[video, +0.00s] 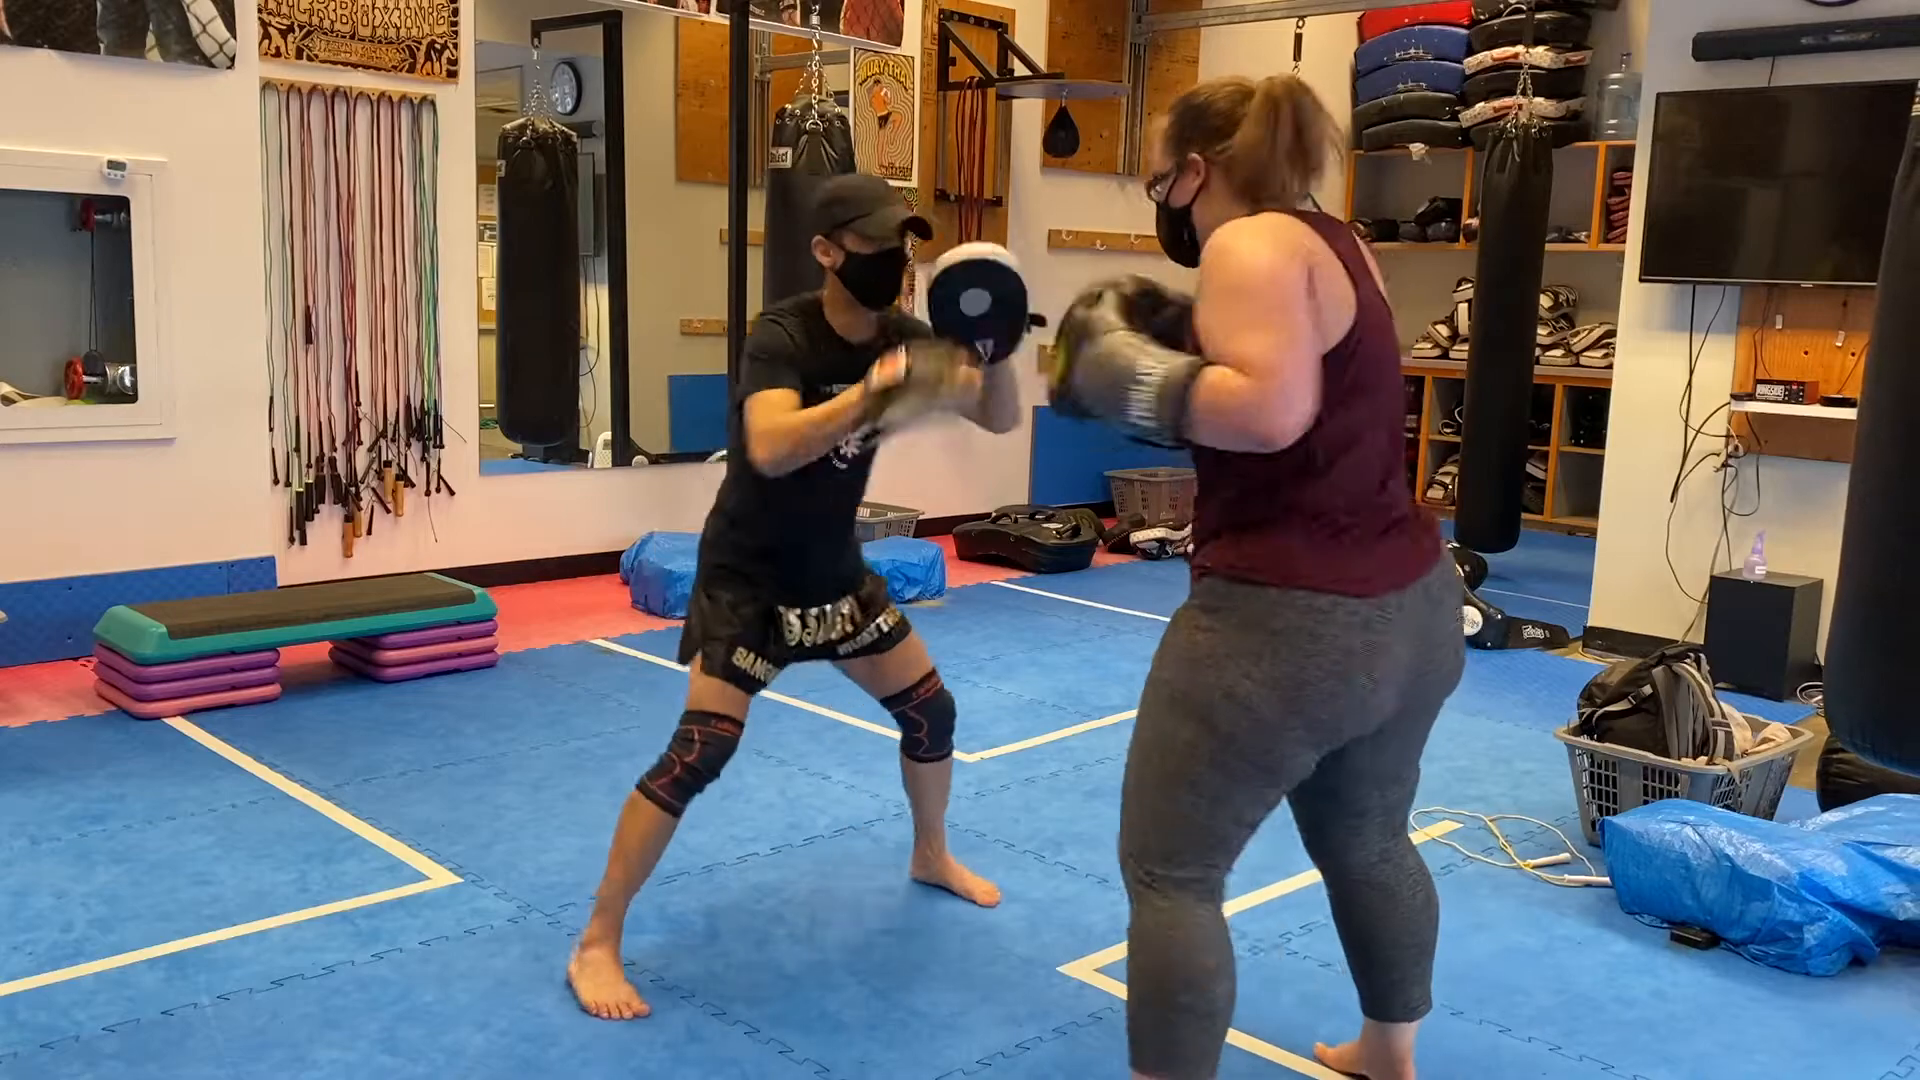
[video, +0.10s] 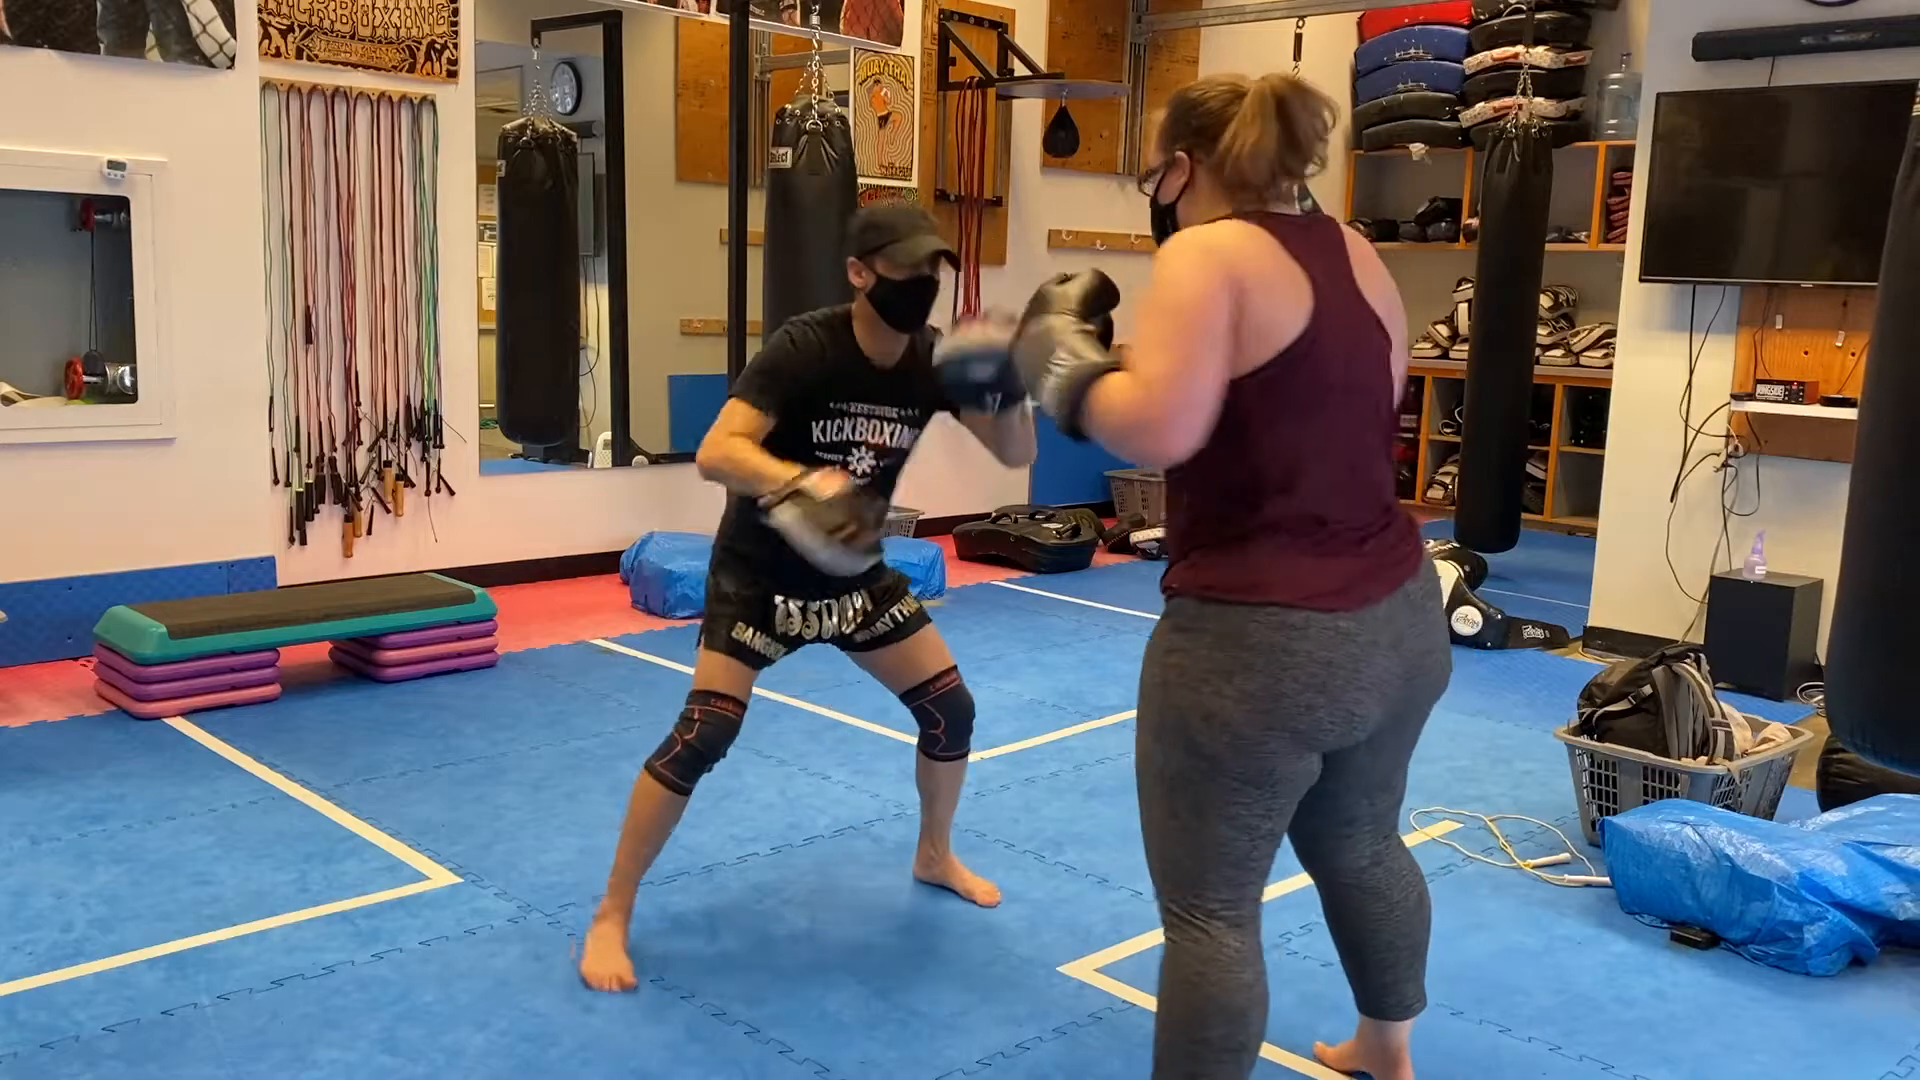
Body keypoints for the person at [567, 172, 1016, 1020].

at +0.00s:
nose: (898, 263)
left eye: (902, 247)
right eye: (880, 250)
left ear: (908, 243)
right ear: (829, 250)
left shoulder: (904, 338)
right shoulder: (777, 335)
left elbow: (1001, 417)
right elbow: (769, 448)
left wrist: (993, 340)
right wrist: (872, 392)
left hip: (834, 562)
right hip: (747, 566)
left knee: (929, 712)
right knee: (704, 745)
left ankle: (932, 856)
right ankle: (599, 941)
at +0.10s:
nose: (924, 296)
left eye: (933, 280)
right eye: (907, 282)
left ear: (944, 271)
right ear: (860, 274)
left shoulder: (933, 364)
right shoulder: (803, 346)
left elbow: (1017, 452)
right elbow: (716, 452)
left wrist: (1005, 372)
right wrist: (803, 482)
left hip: (856, 567)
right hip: (759, 563)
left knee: (948, 709)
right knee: (709, 728)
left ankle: (936, 854)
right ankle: (612, 916)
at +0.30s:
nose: (887, 288)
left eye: (893, 273)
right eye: (869, 276)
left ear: (900, 273)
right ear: (818, 278)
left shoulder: (907, 369)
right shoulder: (756, 359)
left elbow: (957, 445)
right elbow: (687, 419)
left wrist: (958, 469)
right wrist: (686, 473)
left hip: (847, 577)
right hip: (749, 579)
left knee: (936, 709)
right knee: (666, 733)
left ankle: (936, 855)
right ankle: (599, 818)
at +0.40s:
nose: (822, 274)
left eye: (831, 260)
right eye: (806, 261)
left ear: (841, 261)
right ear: (761, 261)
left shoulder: (853, 357)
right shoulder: (703, 343)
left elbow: (895, 431)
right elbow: (640, 411)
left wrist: (909, 464)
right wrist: (634, 458)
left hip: (806, 568)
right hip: (702, 567)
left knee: (895, 710)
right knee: (622, 725)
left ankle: (933, 855)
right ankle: (610, 810)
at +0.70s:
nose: (703, 213)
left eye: (710, 197)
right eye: (685, 201)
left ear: (721, 195)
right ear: (638, 201)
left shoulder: (741, 294)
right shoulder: (587, 295)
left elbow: (786, 364)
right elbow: (529, 397)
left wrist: (808, 392)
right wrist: (570, 403)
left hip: (720, 513)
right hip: (619, 518)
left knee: (758, 677)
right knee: (600, 683)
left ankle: (758, 837)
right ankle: (606, 806)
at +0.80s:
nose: (694, 210)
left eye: (701, 196)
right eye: (675, 198)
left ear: (712, 197)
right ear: (629, 203)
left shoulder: (737, 297)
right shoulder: (580, 294)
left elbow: (787, 364)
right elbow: (520, 401)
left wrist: (816, 391)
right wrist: (566, 400)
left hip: (706, 518)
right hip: (606, 520)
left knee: (728, 687)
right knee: (581, 684)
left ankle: (699, 839)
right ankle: (605, 803)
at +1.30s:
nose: (568, 220)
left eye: (574, 204)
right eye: (548, 206)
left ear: (586, 204)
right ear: (499, 212)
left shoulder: (607, 305)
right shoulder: (450, 310)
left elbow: (721, 326)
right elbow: (383, 421)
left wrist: (722, 248)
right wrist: (460, 400)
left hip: (578, 544)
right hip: (469, 552)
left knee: (662, 696)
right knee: (412, 728)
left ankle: (664, 836)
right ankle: (411, 840)